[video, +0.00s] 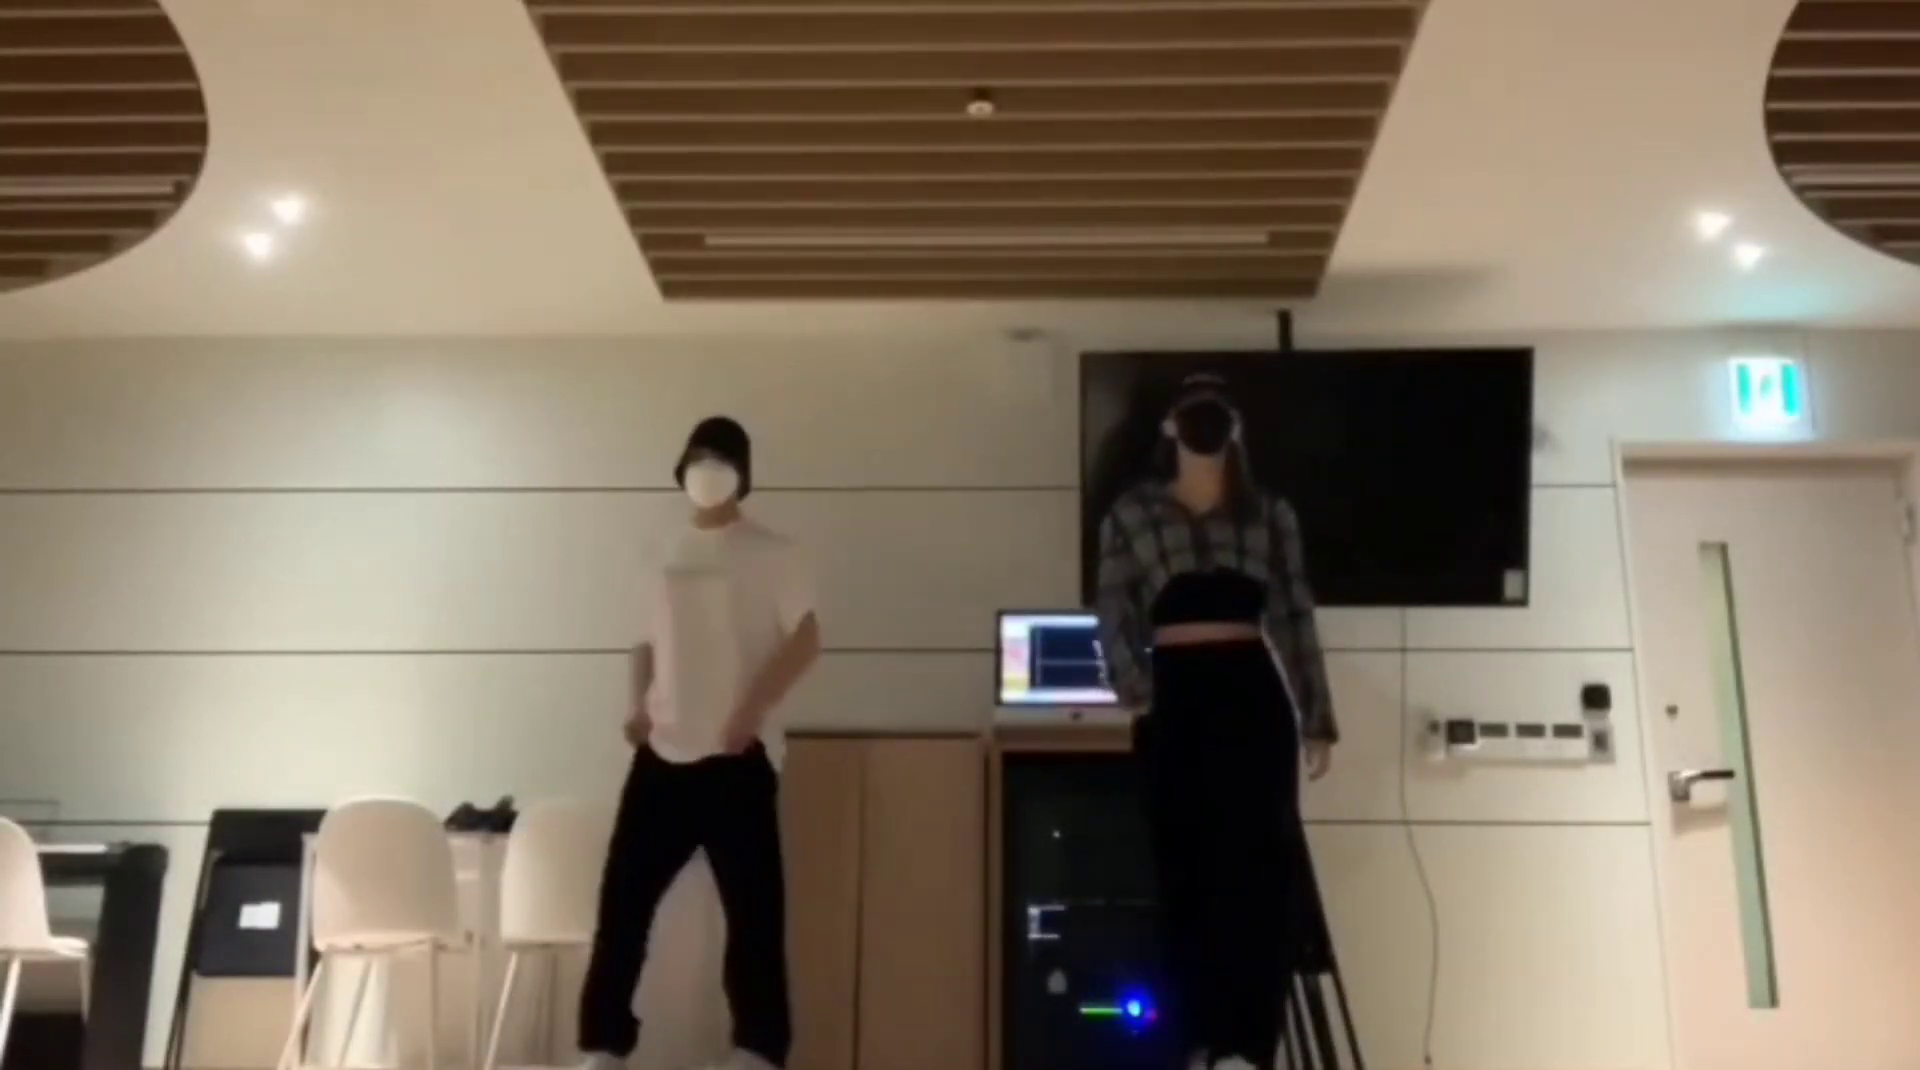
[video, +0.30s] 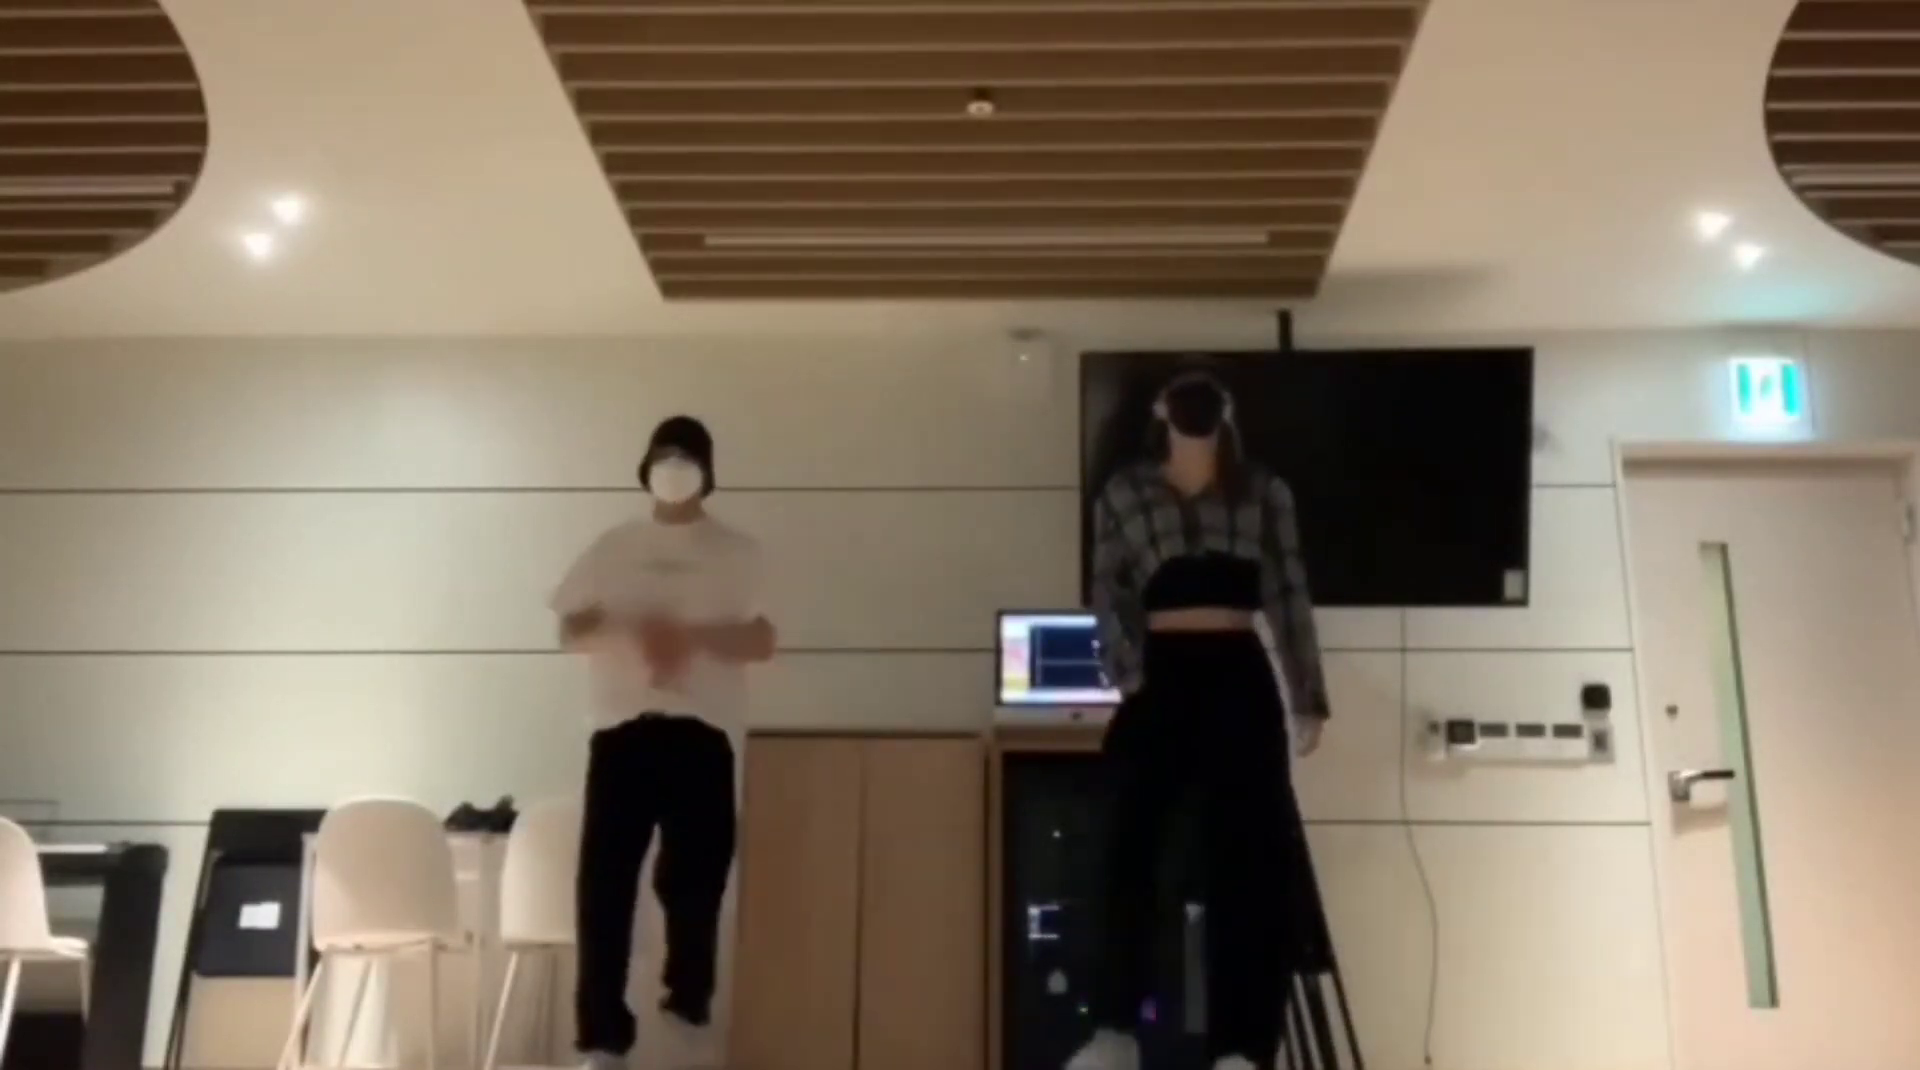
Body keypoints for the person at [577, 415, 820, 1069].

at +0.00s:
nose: (706, 477)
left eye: (720, 465)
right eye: (696, 465)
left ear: (743, 475)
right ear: (682, 474)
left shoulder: (774, 554)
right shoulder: (664, 557)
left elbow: (805, 639)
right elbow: (648, 642)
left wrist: (751, 710)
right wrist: (640, 706)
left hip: (736, 767)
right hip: (661, 767)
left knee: (755, 915)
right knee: (622, 907)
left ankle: (759, 1049)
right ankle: (604, 1046)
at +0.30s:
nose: (673, 474)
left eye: (686, 462)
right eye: (663, 462)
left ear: (707, 473)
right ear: (645, 471)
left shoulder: (737, 551)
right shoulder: (614, 545)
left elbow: (762, 639)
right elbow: (570, 629)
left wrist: (690, 638)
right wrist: (636, 631)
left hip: (703, 735)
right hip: (622, 734)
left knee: (693, 884)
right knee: (604, 889)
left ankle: (688, 1016)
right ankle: (602, 1039)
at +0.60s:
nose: (666, 495)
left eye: (680, 484)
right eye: (654, 484)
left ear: (699, 496)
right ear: (637, 495)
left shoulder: (731, 575)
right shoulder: (612, 565)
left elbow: (776, 647)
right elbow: (555, 621)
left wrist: (741, 683)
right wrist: (610, 617)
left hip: (716, 760)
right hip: (632, 768)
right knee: (606, 905)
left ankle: (720, 967)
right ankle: (613, 1044)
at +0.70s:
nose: (668, 504)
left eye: (682, 493)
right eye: (657, 493)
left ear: (701, 505)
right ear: (640, 503)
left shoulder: (735, 584)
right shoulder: (610, 577)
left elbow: (798, 642)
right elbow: (552, 619)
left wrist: (768, 665)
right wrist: (544, 661)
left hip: (721, 752)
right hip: (639, 766)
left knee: (775, 808)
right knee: (611, 904)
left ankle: (761, 937)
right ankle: (617, 1044)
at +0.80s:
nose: (680, 510)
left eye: (692, 500)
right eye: (667, 500)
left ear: (712, 512)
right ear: (649, 512)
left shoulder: (737, 587)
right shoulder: (623, 587)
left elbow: (797, 637)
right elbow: (547, 641)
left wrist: (773, 629)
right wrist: (468, 695)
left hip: (735, 758)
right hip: (655, 781)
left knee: (807, 799)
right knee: (622, 912)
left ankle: (820, 920)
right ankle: (620, 1048)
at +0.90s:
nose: (692, 519)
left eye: (704, 507)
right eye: (681, 507)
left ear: (724, 519)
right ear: (662, 519)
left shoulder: (754, 589)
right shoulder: (636, 601)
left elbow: (770, 653)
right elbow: (566, 669)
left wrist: (808, 602)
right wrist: (497, 726)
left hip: (769, 779)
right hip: (680, 793)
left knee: (847, 883)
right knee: (630, 920)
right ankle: (621, 1049)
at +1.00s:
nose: (691, 521)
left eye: (703, 510)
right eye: (680, 511)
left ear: (725, 521)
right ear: (664, 524)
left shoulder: (755, 589)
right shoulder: (645, 604)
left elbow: (779, 655)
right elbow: (581, 672)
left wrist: (827, 600)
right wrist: (520, 730)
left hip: (777, 790)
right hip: (688, 802)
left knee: (848, 899)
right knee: (626, 927)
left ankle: (936, 1014)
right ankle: (621, 1052)